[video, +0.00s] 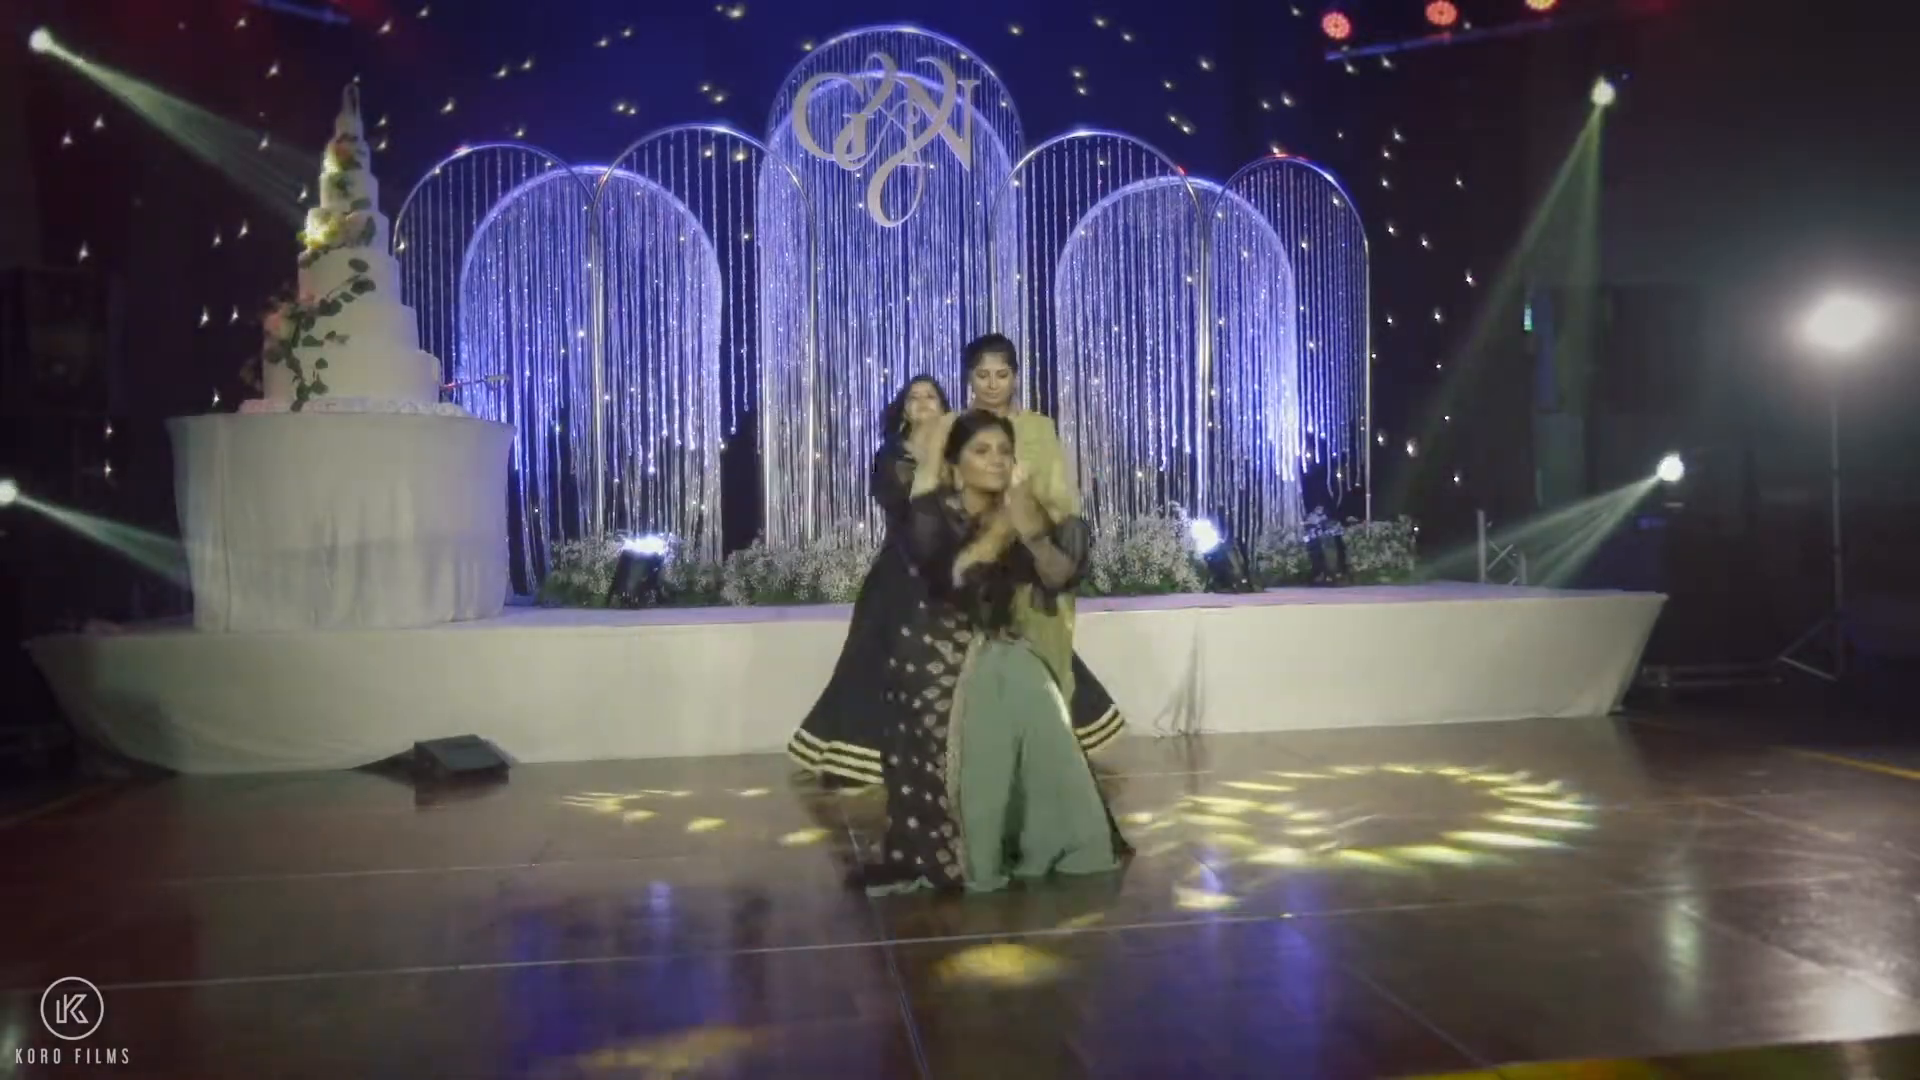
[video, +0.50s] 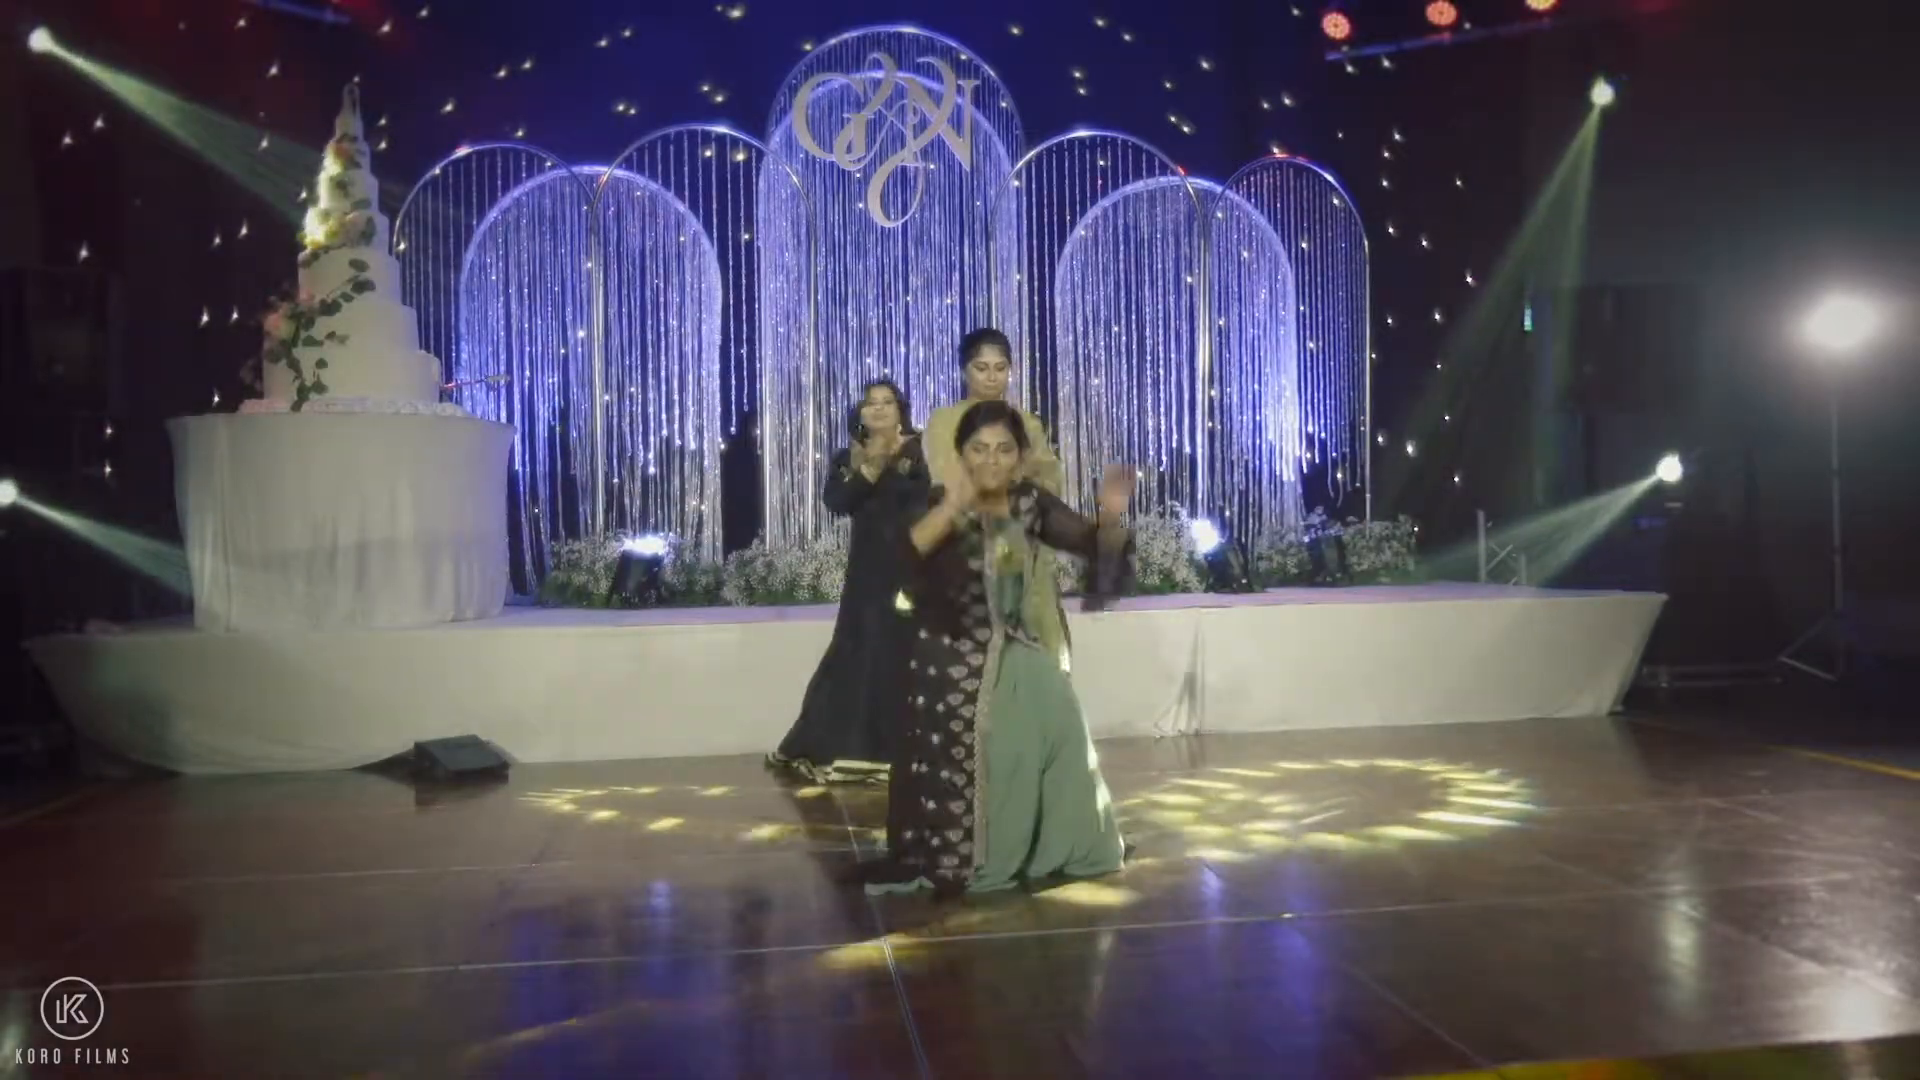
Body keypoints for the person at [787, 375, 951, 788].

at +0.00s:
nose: (923, 405)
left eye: (930, 398)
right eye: (915, 399)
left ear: (944, 406)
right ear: (902, 408)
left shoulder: (962, 452)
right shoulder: (892, 454)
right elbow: (896, 502)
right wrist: (927, 452)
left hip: (949, 561)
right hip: (900, 562)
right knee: (876, 657)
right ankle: (841, 760)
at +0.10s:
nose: (927, 407)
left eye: (934, 400)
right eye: (918, 400)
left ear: (946, 407)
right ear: (904, 408)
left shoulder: (955, 454)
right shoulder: (893, 455)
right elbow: (906, 506)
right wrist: (932, 452)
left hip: (940, 558)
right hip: (900, 561)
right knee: (890, 656)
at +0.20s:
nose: (924, 414)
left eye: (931, 406)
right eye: (916, 407)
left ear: (945, 412)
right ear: (904, 415)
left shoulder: (957, 459)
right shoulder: (895, 463)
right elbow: (899, 513)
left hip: (945, 557)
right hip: (903, 558)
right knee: (872, 646)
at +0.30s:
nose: (914, 418)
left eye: (922, 410)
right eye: (906, 411)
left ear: (937, 416)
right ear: (895, 420)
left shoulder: (951, 462)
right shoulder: (887, 465)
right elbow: (891, 517)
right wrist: (923, 490)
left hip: (944, 556)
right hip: (903, 557)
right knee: (864, 643)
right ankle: (818, 746)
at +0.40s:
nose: (898, 414)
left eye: (906, 407)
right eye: (890, 408)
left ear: (921, 415)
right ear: (878, 416)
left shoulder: (935, 460)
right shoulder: (870, 463)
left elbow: (958, 499)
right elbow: (861, 506)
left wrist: (927, 482)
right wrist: (894, 479)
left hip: (929, 567)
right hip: (886, 567)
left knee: (912, 656)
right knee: (864, 650)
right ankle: (806, 746)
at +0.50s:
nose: (879, 410)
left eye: (887, 403)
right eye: (871, 404)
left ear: (901, 411)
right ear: (860, 414)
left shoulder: (919, 452)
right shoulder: (849, 456)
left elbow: (926, 499)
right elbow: (835, 502)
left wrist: (893, 464)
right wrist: (870, 466)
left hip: (911, 566)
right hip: (867, 568)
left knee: (902, 656)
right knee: (854, 654)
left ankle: (900, 753)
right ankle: (804, 746)